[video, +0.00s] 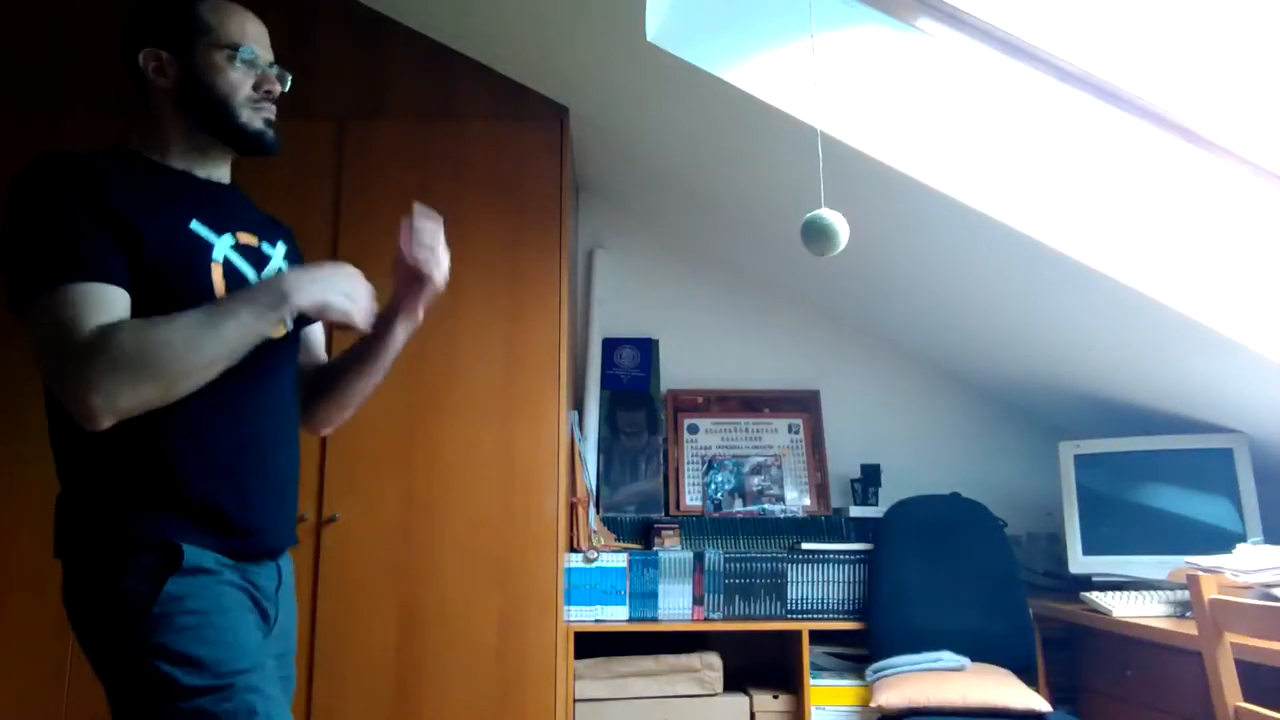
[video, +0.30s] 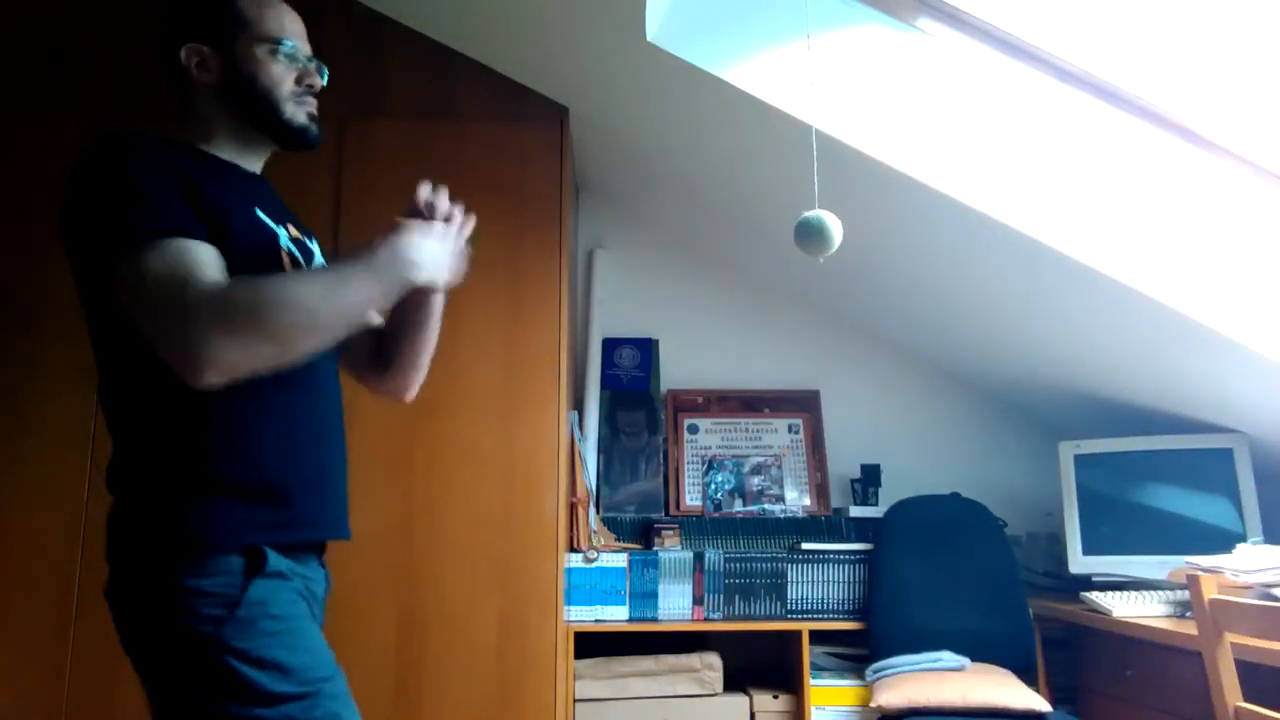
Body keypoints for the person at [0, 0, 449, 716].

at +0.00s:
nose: (272, 82)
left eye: (271, 67)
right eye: (240, 58)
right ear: (162, 69)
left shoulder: (270, 236)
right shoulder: (79, 192)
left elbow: (316, 408)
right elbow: (93, 386)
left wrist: (405, 311)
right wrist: (283, 295)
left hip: (266, 570)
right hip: (163, 571)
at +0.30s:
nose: (314, 74)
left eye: (311, 59)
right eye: (283, 50)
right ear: (203, 64)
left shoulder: (278, 222)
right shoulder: (136, 172)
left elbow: (393, 374)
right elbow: (203, 338)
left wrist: (427, 268)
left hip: (287, 570)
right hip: (214, 572)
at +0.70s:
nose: (364, 85)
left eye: (361, 68)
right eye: (335, 60)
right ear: (255, 65)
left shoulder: (299, 208)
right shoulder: (213, 173)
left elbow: (417, 367)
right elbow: (297, 342)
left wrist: (435, 234)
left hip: (291, 563)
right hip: (245, 567)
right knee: (358, 705)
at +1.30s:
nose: (369, 86)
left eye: (365, 67)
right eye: (341, 60)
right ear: (262, 61)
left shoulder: (281, 194)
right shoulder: (227, 170)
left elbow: (374, 395)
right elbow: (233, 382)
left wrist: (409, 274)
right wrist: (402, 301)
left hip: (274, 565)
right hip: (242, 569)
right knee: (349, 707)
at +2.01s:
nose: (412, 108)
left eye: (411, 90)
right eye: (392, 78)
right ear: (315, 68)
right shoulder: (307, 160)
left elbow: (408, 372)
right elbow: (466, 308)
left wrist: (425, 239)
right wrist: (620, 314)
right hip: (306, 577)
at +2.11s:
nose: (399, 100)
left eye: (394, 83)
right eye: (375, 72)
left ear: (302, 76)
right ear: (298, 71)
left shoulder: (251, 176)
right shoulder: (282, 167)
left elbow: (407, 367)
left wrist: (423, 255)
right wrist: (508, 332)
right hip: (295, 575)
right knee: (393, 708)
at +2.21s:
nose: (380, 100)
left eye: (375, 82)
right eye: (354, 74)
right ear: (276, 77)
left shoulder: (293, 219)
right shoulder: (234, 184)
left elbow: (412, 381)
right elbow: (240, 381)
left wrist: (416, 259)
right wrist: (417, 330)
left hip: (301, 579)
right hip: (265, 584)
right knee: (374, 707)